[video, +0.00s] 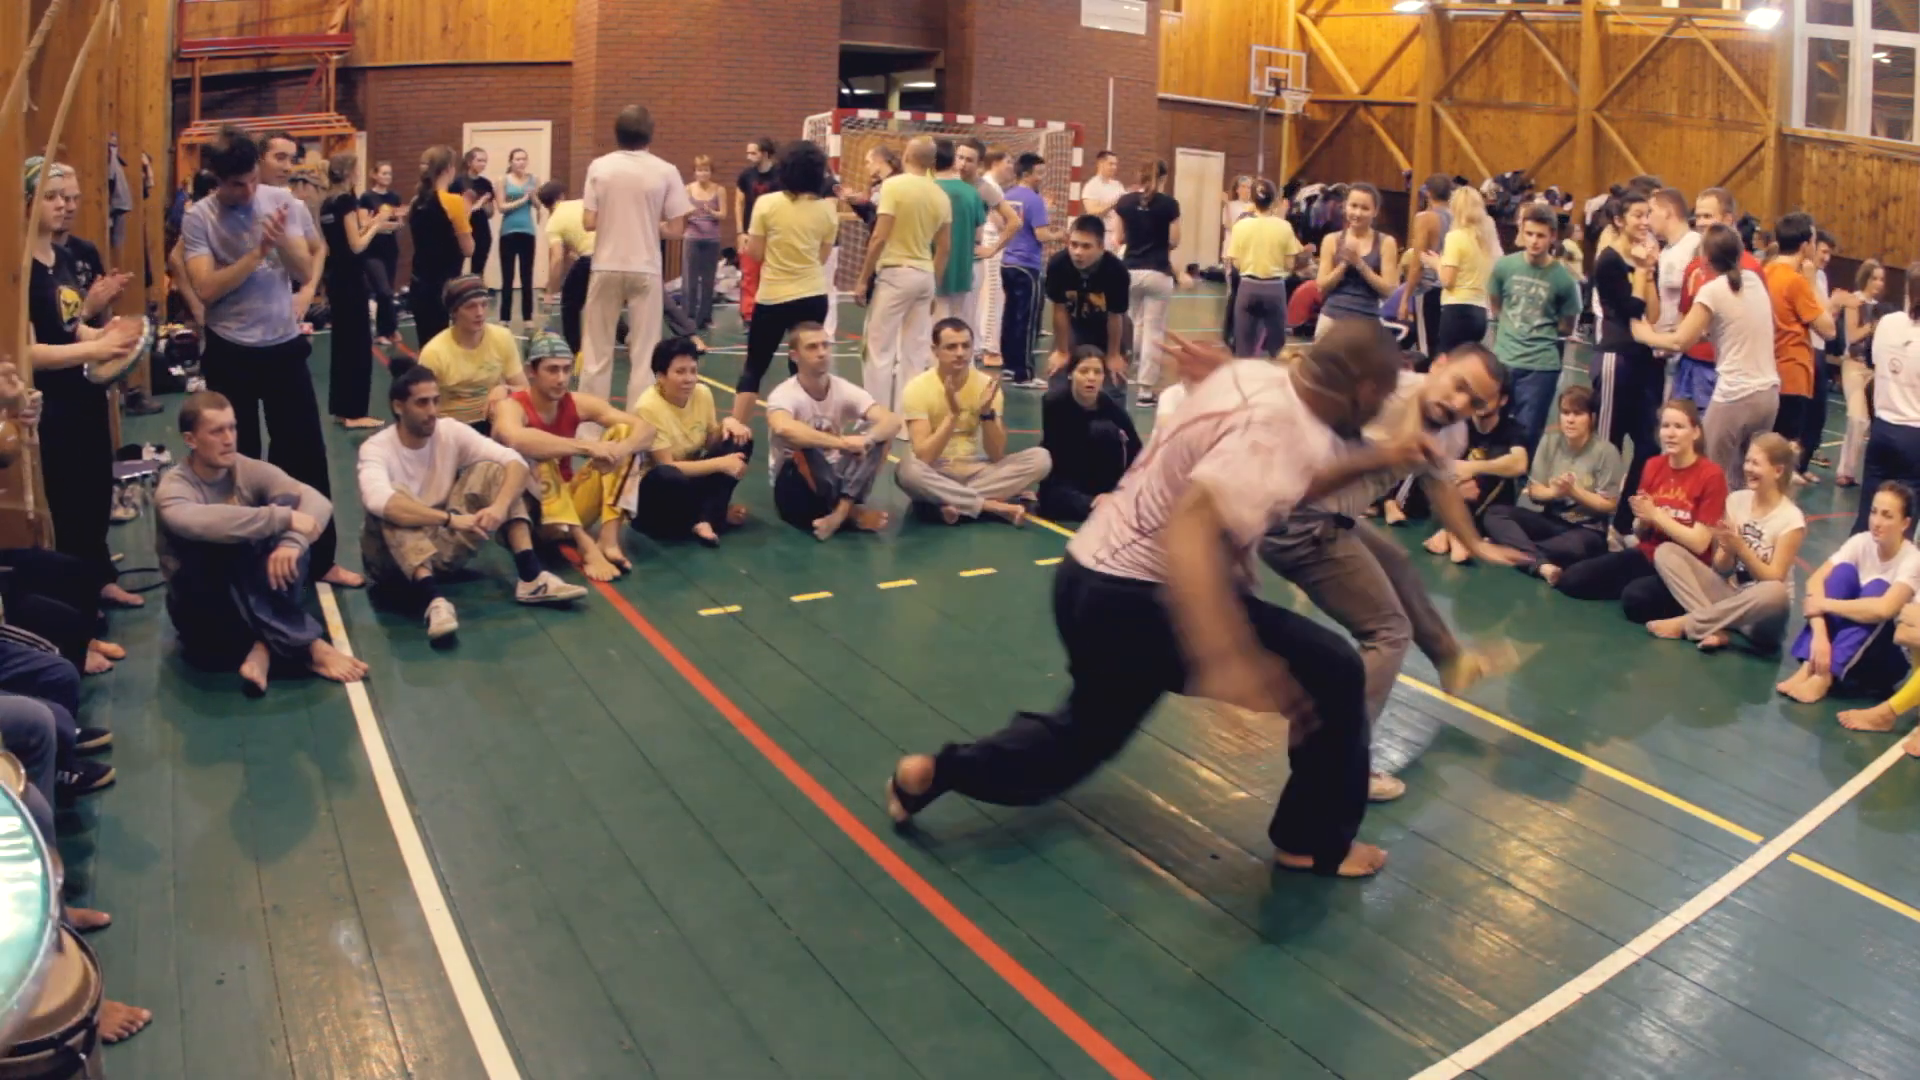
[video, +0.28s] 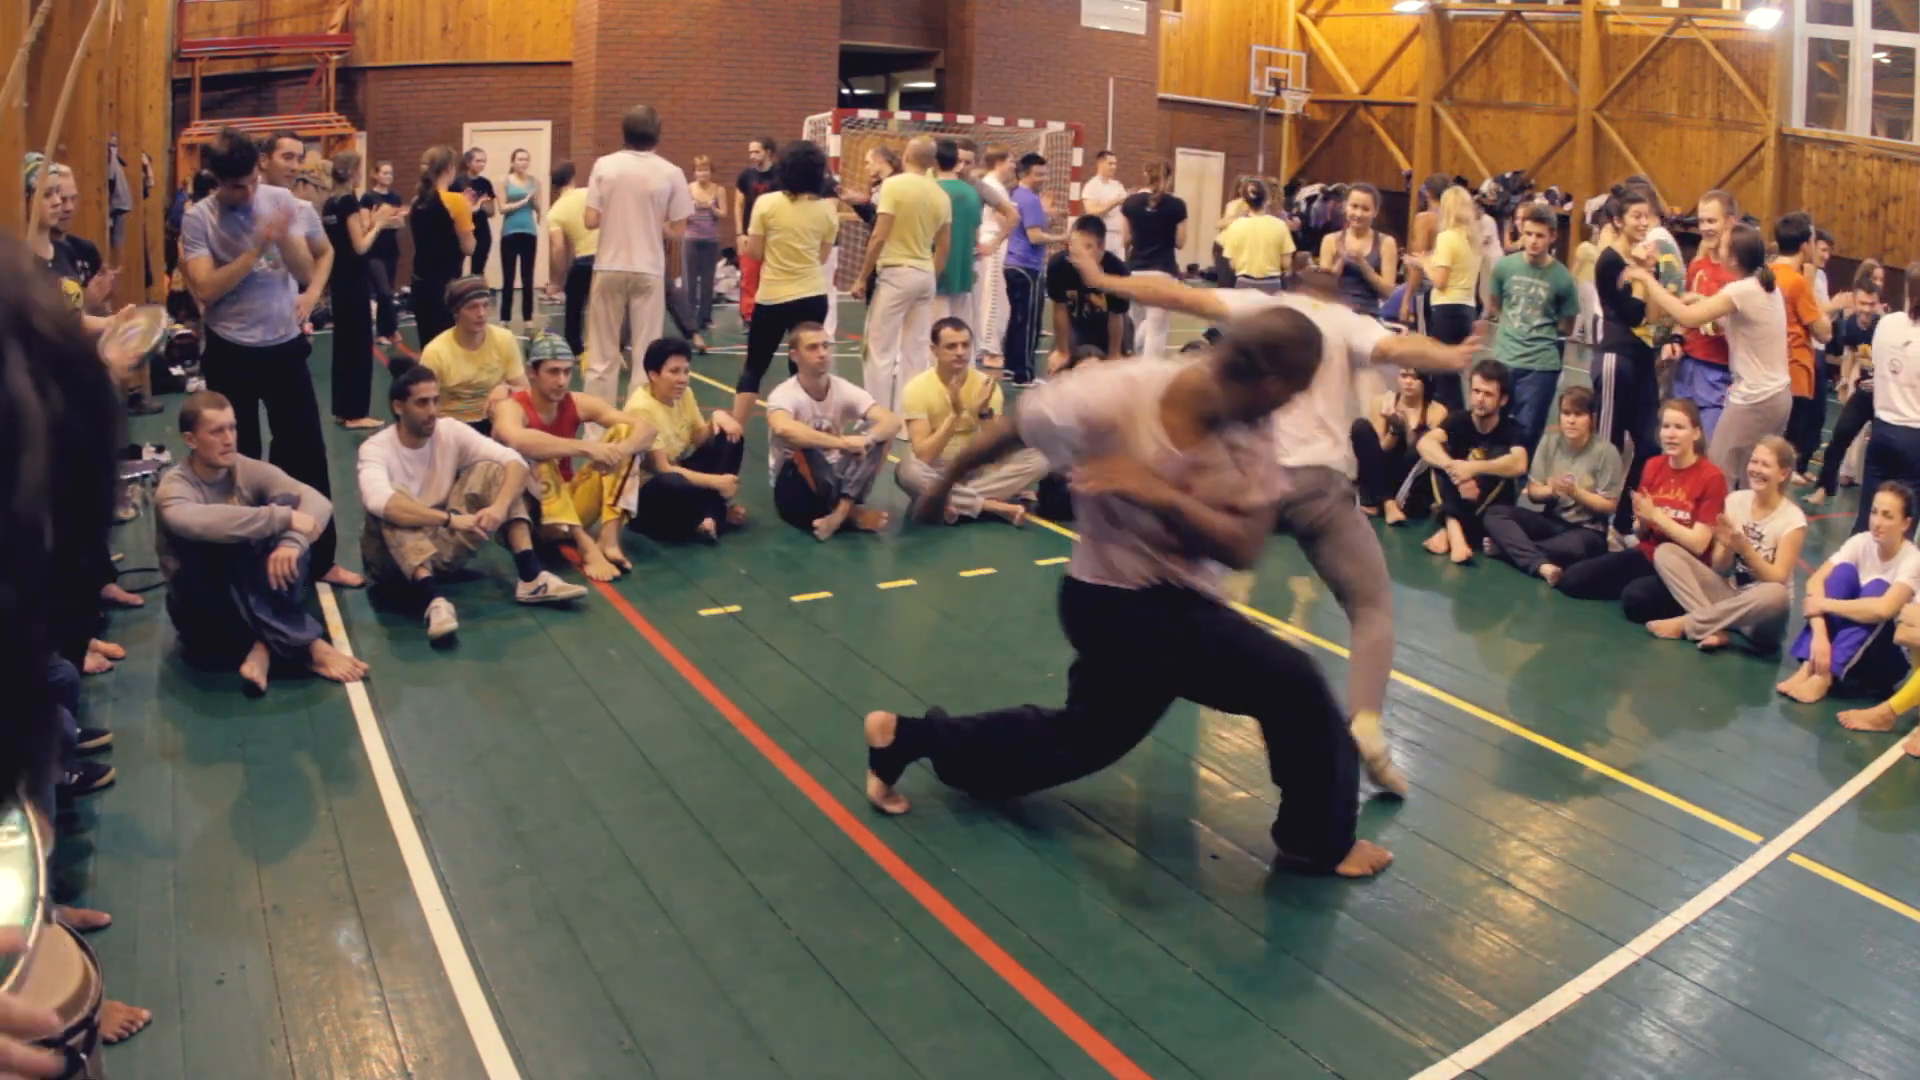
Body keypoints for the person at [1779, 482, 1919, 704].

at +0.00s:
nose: (1876, 521)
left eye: (1887, 516)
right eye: (1874, 512)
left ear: (1905, 524)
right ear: (1869, 513)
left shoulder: (1912, 559)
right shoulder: (1860, 542)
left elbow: (1885, 610)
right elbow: (1814, 581)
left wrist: (1823, 604)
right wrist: (1820, 638)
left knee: (1877, 587)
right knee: (1843, 572)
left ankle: (1823, 676)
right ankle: (1807, 666)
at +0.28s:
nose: (1877, 522)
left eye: (1887, 516)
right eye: (1874, 513)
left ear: (1906, 524)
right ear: (1869, 513)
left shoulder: (1913, 559)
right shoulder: (1860, 542)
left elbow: (1885, 610)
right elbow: (1814, 581)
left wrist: (1823, 604)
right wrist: (1820, 638)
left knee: (1877, 587)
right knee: (1843, 572)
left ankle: (1824, 676)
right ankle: (1807, 666)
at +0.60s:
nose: (1876, 522)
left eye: (1886, 516)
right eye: (1874, 512)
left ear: (1906, 524)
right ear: (1869, 513)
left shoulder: (1913, 559)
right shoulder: (1860, 542)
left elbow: (1885, 610)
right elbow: (1815, 581)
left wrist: (1823, 604)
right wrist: (1820, 638)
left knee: (1877, 587)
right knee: (1843, 572)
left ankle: (1824, 676)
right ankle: (1807, 666)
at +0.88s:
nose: (1874, 521)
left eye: (1885, 516)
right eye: (1873, 512)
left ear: (1905, 525)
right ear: (1868, 512)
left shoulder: (1912, 559)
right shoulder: (1860, 542)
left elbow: (1885, 610)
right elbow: (1815, 581)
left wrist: (1823, 604)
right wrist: (1820, 637)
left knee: (1876, 587)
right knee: (1843, 572)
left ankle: (1823, 676)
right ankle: (1807, 666)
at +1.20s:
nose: (1872, 521)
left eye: (1883, 516)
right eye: (1872, 512)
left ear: (1904, 525)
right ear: (1868, 512)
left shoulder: (1913, 560)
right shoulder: (1860, 542)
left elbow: (1885, 610)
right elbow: (1814, 582)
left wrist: (1822, 604)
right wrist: (1820, 637)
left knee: (1877, 586)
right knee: (1843, 572)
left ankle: (1823, 676)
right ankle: (1807, 666)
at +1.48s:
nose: (1873, 521)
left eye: (1884, 516)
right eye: (1872, 512)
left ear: (1904, 525)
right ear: (1868, 512)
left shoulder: (1912, 559)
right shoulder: (1860, 542)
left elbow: (1886, 610)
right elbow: (1815, 582)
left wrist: (1823, 604)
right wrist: (1820, 638)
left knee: (1877, 587)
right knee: (1844, 572)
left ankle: (1823, 676)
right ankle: (1807, 666)